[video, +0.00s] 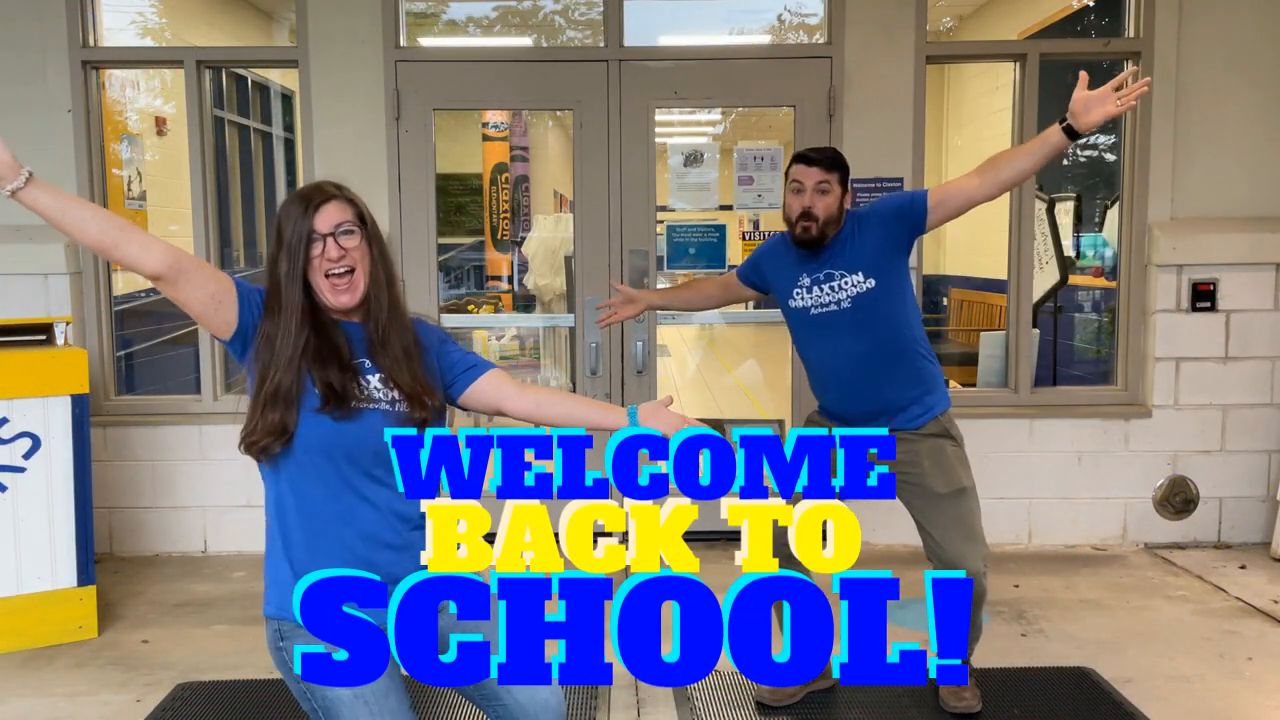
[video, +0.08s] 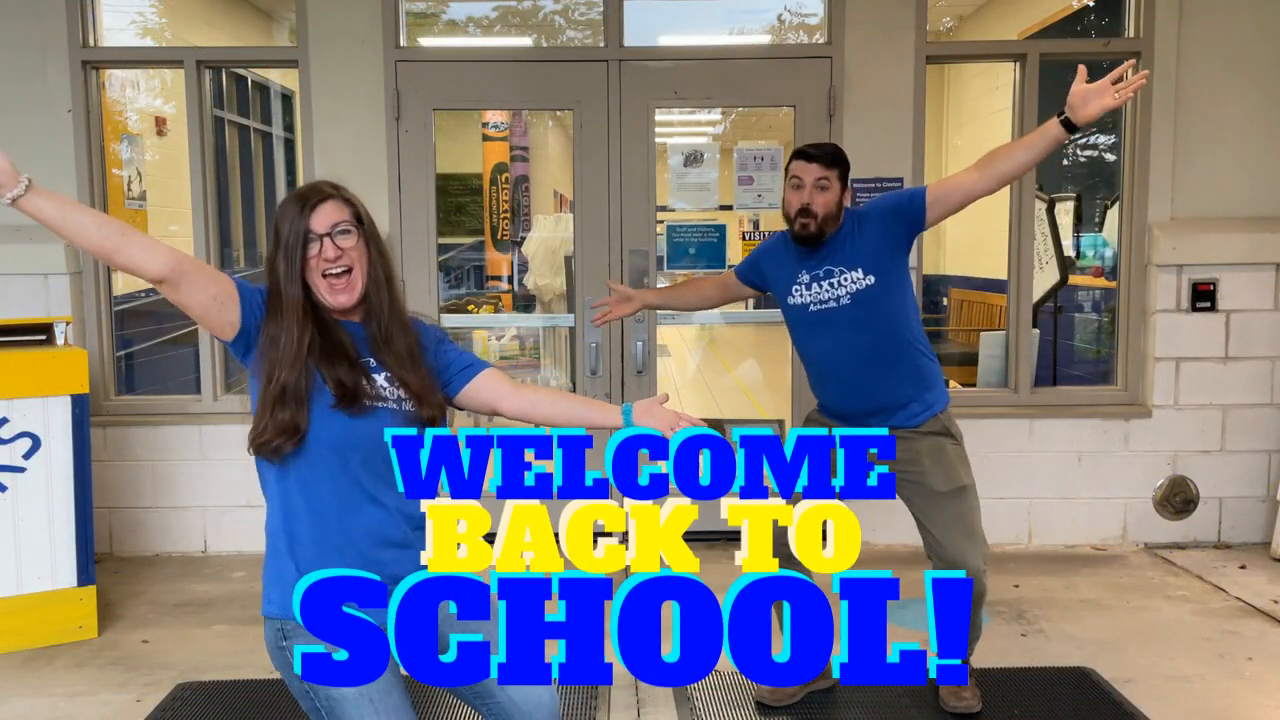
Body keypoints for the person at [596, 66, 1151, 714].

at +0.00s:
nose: (806, 201)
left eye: (822, 191)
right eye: (796, 189)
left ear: (846, 196)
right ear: (784, 194)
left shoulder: (886, 220)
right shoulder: (773, 259)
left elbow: (983, 181)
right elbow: (718, 290)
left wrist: (1069, 128)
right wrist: (647, 298)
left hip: (918, 429)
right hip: (836, 433)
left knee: (964, 562)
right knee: (798, 549)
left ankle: (954, 666)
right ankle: (808, 661)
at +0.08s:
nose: (805, 197)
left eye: (821, 187)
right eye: (795, 185)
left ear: (845, 193)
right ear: (783, 192)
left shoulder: (886, 220)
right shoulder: (772, 257)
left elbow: (981, 176)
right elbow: (715, 288)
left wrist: (1068, 121)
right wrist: (645, 297)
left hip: (918, 427)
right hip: (834, 431)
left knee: (964, 562)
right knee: (801, 550)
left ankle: (952, 665)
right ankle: (808, 662)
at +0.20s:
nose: (805, 193)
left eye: (821, 182)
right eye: (797, 180)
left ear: (847, 187)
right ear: (786, 183)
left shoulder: (889, 220)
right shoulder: (774, 258)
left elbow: (983, 174)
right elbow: (707, 297)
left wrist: (1068, 118)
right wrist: (636, 310)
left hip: (919, 426)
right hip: (833, 430)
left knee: (964, 561)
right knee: (800, 550)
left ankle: (953, 667)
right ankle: (807, 662)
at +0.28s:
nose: (806, 190)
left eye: (821, 179)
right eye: (797, 178)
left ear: (847, 183)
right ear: (786, 183)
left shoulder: (890, 219)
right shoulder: (776, 258)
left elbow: (984, 175)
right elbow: (709, 302)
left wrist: (1068, 117)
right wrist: (637, 318)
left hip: (918, 424)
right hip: (832, 429)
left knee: (962, 560)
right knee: (796, 548)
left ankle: (953, 665)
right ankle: (807, 663)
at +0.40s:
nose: (806, 188)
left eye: (821, 178)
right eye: (797, 176)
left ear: (848, 181)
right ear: (787, 181)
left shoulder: (892, 217)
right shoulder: (777, 258)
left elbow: (984, 169)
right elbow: (707, 306)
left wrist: (1069, 108)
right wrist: (633, 322)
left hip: (919, 425)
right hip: (834, 430)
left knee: (962, 560)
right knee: (796, 551)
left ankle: (955, 670)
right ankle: (807, 666)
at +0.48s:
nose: (807, 186)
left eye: (822, 175)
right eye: (798, 174)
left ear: (848, 179)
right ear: (786, 180)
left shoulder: (893, 213)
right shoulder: (777, 256)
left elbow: (984, 164)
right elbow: (707, 304)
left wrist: (1067, 102)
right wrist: (634, 322)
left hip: (920, 424)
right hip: (833, 427)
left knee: (964, 558)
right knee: (796, 550)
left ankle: (956, 667)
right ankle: (807, 663)